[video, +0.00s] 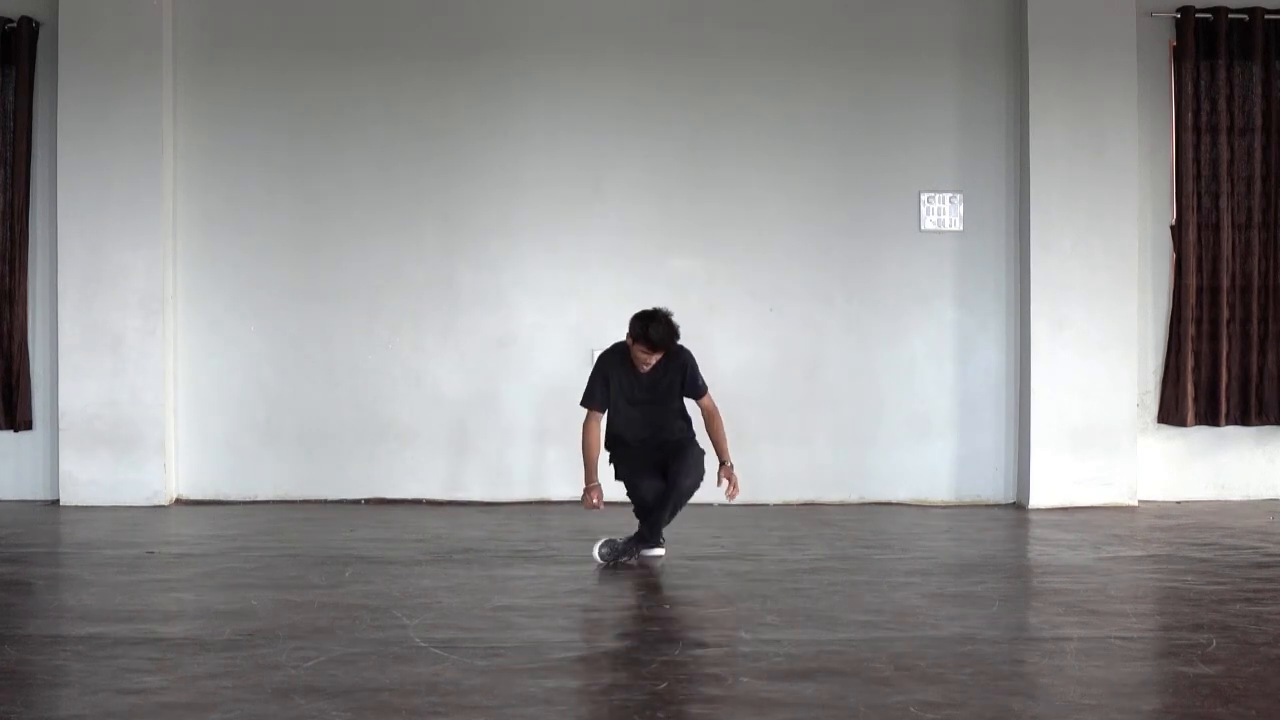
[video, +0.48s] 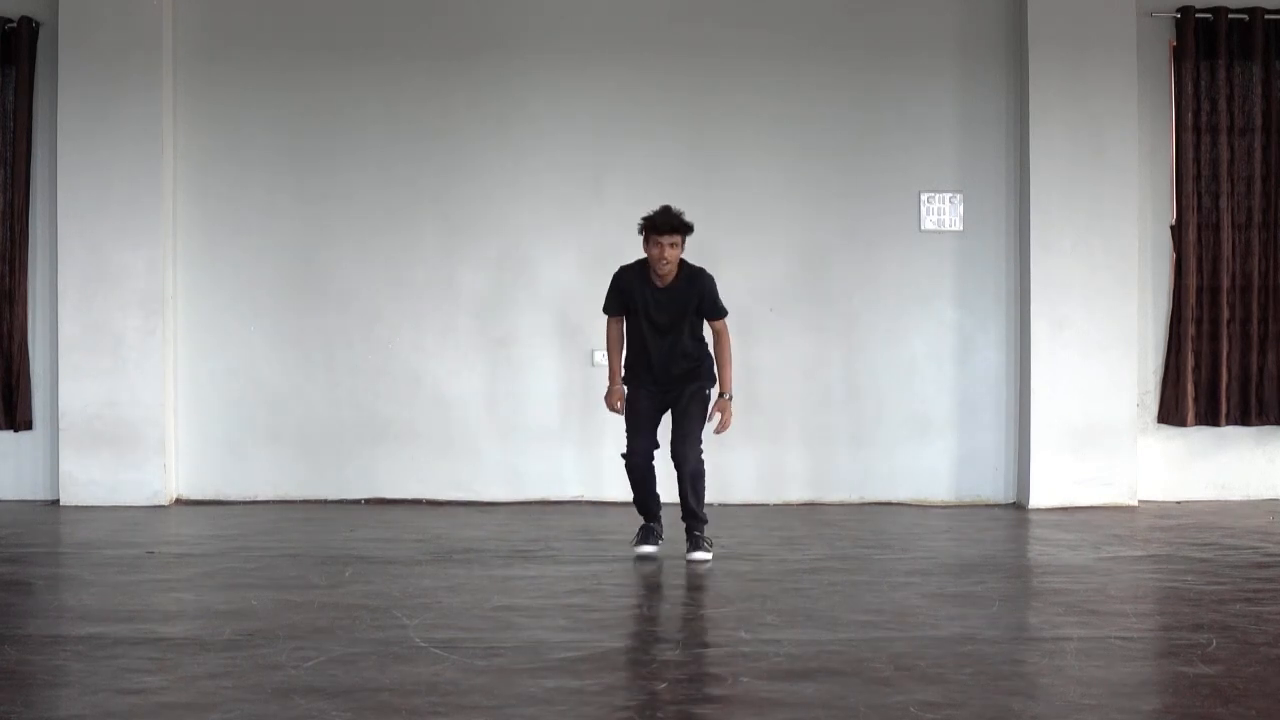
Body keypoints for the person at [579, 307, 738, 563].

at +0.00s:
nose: (650, 360)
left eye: (658, 355)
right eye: (644, 353)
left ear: (667, 350)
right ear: (629, 341)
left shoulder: (680, 360)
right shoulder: (610, 362)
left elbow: (709, 409)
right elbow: (593, 420)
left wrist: (726, 461)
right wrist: (591, 481)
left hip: (676, 442)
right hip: (629, 446)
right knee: (648, 495)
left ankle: (636, 541)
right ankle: (653, 539)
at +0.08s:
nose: (649, 348)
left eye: (656, 343)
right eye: (643, 341)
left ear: (665, 337)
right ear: (628, 330)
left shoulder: (679, 347)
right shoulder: (610, 351)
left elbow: (710, 395)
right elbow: (595, 408)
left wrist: (722, 449)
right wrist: (594, 469)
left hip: (679, 427)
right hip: (633, 431)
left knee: (680, 473)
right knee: (643, 483)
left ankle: (635, 538)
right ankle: (651, 536)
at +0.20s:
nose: (649, 324)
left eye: (656, 318)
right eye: (643, 316)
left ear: (665, 312)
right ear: (629, 307)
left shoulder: (680, 326)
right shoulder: (613, 329)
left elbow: (713, 375)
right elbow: (599, 386)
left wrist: (720, 432)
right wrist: (596, 448)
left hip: (680, 406)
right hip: (636, 410)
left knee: (676, 454)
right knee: (640, 474)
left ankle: (653, 527)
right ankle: (653, 532)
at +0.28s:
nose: (652, 302)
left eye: (659, 295)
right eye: (645, 294)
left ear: (669, 291)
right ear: (632, 286)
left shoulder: (683, 309)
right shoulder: (615, 312)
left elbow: (714, 361)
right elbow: (602, 369)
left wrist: (721, 420)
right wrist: (599, 431)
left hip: (682, 395)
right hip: (638, 399)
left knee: (678, 452)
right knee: (642, 468)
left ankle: (676, 528)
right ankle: (651, 527)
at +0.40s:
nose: (660, 265)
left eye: (667, 258)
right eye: (652, 257)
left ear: (676, 258)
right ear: (640, 255)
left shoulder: (693, 286)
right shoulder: (621, 285)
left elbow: (717, 339)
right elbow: (609, 339)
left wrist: (725, 401)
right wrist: (606, 397)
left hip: (687, 384)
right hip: (641, 387)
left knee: (681, 453)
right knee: (643, 463)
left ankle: (697, 533)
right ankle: (650, 529)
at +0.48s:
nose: (665, 253)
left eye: (672, 245)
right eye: (657, 244)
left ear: (682, 248)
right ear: (645, 246)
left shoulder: (700, 282)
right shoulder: (625, 280)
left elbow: (720, 334)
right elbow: (614, 328)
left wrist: (725, 393)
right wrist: (615, 381)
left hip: (691, 380)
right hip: (644, 380)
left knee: (686, 453)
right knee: (637, 452)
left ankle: (695, 532)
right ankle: (650, 524)